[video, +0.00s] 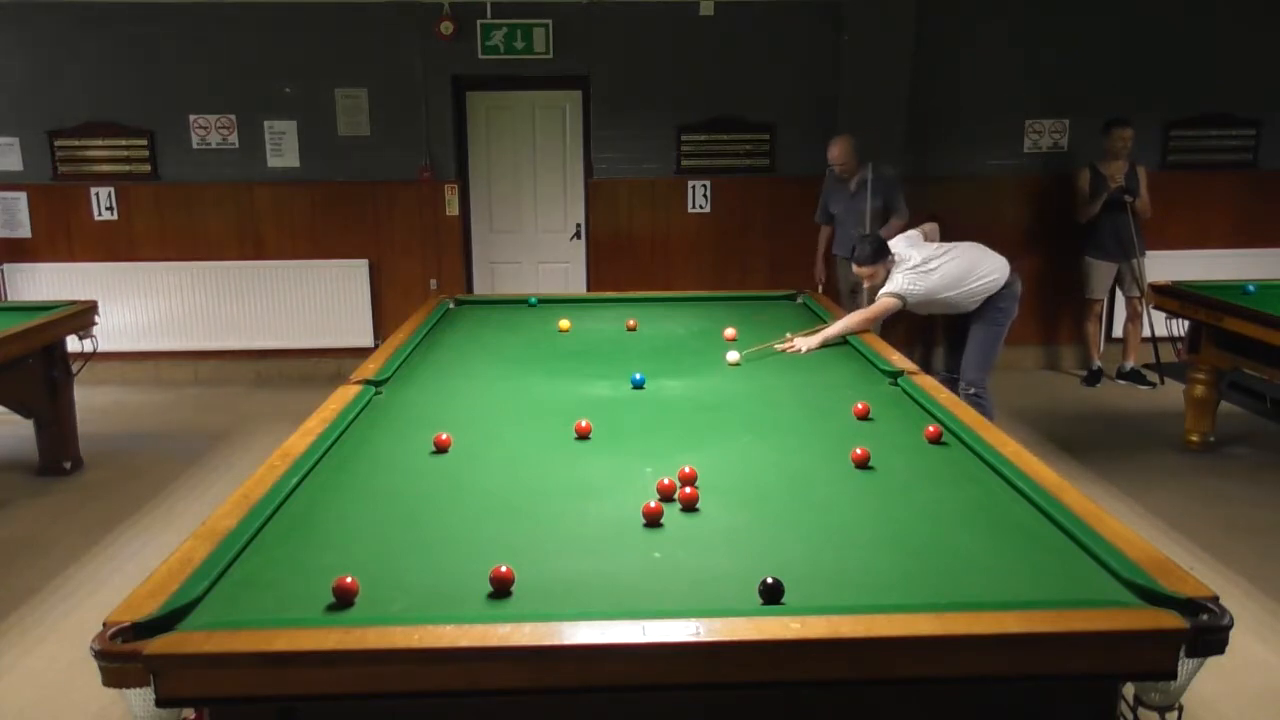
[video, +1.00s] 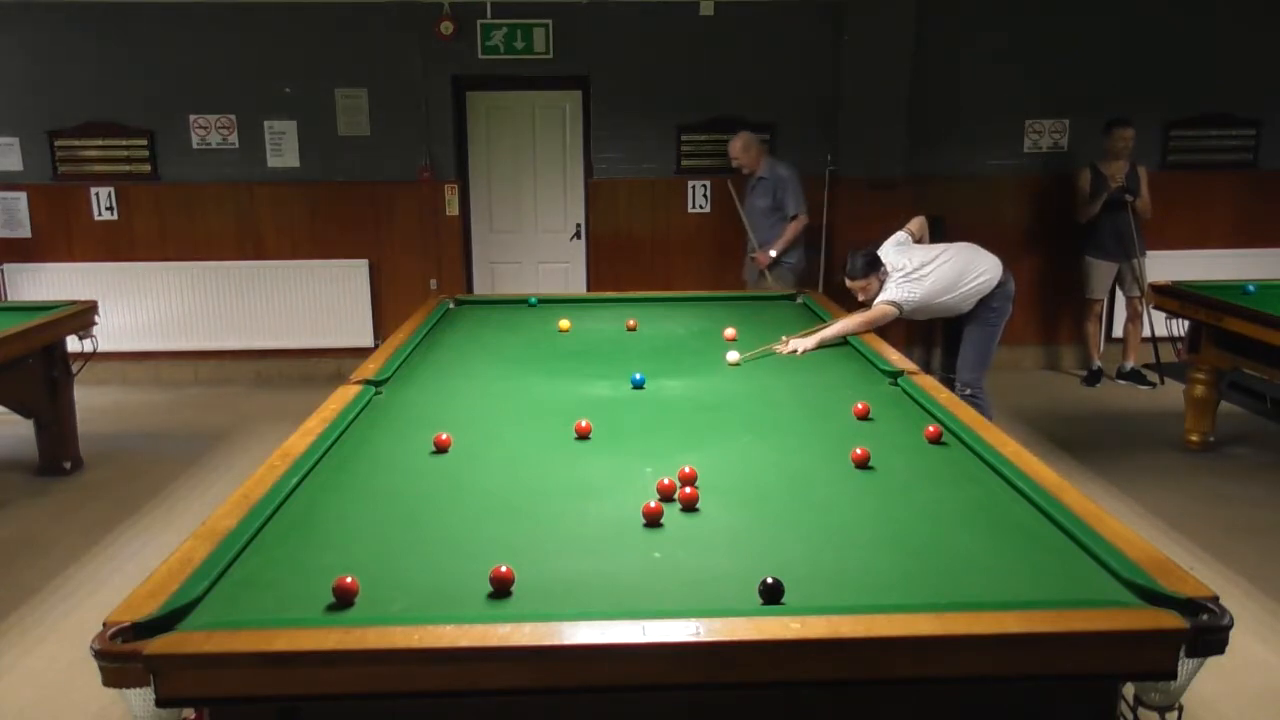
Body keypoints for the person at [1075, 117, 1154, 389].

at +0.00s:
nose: (1126, 145)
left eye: (1129, 140)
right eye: (1120, 140)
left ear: (1133, 142)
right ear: (1106, 140)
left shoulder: (1137, 171)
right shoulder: (1088, 172)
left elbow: (1146, 211)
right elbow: (1082, 214)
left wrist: (1132, 198)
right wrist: (1106, 192)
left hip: (1132, 250)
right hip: (1099, 250)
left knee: (1136, 309)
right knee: (1094, 309)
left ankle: (1128, 366)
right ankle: (1095, 365)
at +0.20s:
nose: (1126, 145)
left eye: (1129, 140)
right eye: (1120, 140)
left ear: (1133, 142)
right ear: (1107, 141)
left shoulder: (1137, 171)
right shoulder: (1088, 172)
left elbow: (1146, 211)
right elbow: (1082, 214)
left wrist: (1132, 198)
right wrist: (1106, 192)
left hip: (1132, 251)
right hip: (1099, 250)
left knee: (1136, 309)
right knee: (1094, 309)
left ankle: (1128, 366)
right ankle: (1095, 365)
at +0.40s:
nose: (1125, 145)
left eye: (1129, 140)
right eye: (1120, 140)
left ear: (1132, 142)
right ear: (1106, 141)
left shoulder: (1137, 171)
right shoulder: (1088, 173)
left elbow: (1146, 211)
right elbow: (1082, 215)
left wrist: (1132, 198)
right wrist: (1106, 192)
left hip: (1132, 250)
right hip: (1099, 250)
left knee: (1136, 309)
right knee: (1093, 310)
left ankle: (1128, 366)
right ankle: (1094, 365)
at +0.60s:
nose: (1126, 145)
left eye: (1129, 140)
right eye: (1120, 140)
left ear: (1133, 142)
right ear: (1107, 140)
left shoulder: (1137, 171)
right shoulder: (1089, 172)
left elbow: (1146, 211)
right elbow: (1082, 215)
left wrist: (1131, 197)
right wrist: (1106, 191)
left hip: (1132, 250)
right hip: (1099, 250)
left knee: (1136, 309)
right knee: (1093, 309)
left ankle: (1128, 366)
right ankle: (1094, 365)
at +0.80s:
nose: (1126, 145)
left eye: (1129, 140)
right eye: (1120, 140)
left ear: (1133, 142)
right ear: (1107, 140)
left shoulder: (1137, 171)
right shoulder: (1089, 172)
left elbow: (1146, 211)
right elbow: (1082, 215)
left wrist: (1131, 197)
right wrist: (1106, 191)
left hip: (1132, 250)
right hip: (1099, 250)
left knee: (1136, 309)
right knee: (1094, 309)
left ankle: (1128, 366)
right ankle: (1094, 365)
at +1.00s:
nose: (1126, 145)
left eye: (1130, 140)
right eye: (1121, 140)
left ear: (1134, 142)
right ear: (1107, 141)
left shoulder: (1138, 171)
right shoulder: (1089, 172)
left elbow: (1147, 212)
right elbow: (1082, 215)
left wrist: (1132, 198)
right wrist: (1106, 191)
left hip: (1132, 250)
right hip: (1099, 250)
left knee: (1136, 309)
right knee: (1094, 309)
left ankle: (1128, 366)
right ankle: (1094, 365)